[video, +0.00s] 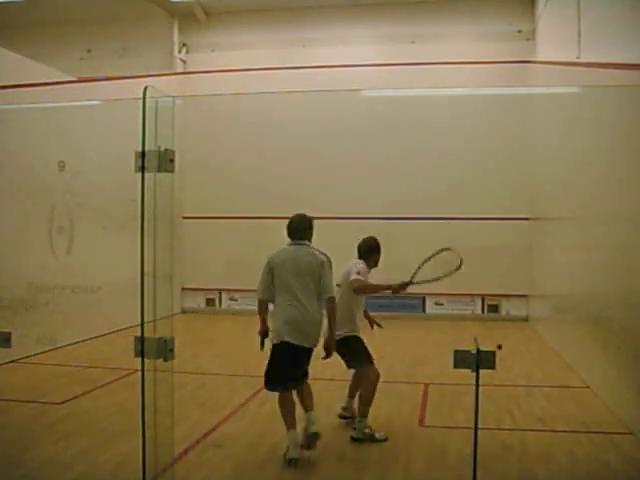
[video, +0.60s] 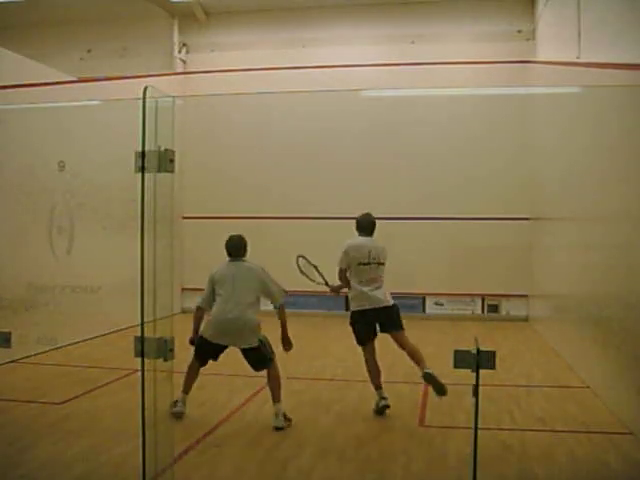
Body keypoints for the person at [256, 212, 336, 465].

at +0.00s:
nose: (309, 234)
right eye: (310, 230)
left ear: (287, 233)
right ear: (311, 233)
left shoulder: (275, 259)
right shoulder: (321, 260)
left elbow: (262, 298)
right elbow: (330, 301)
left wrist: (263, 325)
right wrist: (331, 336)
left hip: (283, 331)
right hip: (310, 332)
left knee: (283, 387)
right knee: (301, 378)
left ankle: (292, 442)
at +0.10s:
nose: (302, 229)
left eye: (300, 225)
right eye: (302, 226)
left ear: (277, 228)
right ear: (299, 228)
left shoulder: (263, 252)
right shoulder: (307, 254)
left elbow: (252, 291)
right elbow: (313, 293)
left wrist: (254, 318)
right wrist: (314, 326)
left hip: (264, 322)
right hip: (293, 324)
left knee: (275, 380)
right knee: (278, 376)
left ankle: (287, 434)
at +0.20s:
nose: (292, 234)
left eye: (289, 230)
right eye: (291, 230)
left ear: (267, 233)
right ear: (289, 233)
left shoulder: (253, 257)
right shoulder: (297, 260)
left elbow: (241, 295)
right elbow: (302, 298)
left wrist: (243, 323)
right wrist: (301, 330)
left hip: (253, 325)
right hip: (279, 329)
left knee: (257, 375)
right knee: (262, 374)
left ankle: (269, 418)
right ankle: (249, 415)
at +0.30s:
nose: (280, 234)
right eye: (279, 231)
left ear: (257, 234)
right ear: (278, 235)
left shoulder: (244, 258)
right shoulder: (286, 261)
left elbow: (231, 295)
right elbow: (295, 300)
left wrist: (230, 324)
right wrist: (293, 331)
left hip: (244, 324)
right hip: (271, 326)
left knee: (236, 366)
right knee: (260, 369)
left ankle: (246, 403)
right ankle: (249, 413)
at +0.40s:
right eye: (267, 229)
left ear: (248, 233)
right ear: (268, 233)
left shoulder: (236, 255)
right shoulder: (277, 256)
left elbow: (221, 292)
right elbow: (294, 291)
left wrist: (219, 323)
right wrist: (285, 317)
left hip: (236, 315)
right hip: (264, 316)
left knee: (224, 357)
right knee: (268, 357)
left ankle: (221, 406)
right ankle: (258, 404)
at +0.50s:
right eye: (258, 239)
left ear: (239, 242)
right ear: (259, 241)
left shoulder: (229, 263)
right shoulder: (269, 261)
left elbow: (211, 299)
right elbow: (291, 293)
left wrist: (207, 329)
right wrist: (283, 323)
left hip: (227, 319)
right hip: (257, 321)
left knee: (209, 361)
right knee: (272, 363)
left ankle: (194, 406)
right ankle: (281, 411)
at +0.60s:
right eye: (243, 247)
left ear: (226, 252)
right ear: (245, 250)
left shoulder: (217, 273)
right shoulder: (257, 272)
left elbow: (201, 307)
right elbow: (279, 303)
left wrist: (194, 334)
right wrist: (285, 335)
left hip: (217, 327)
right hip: (247, 329)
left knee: (197, 361)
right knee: (270, 364)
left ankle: (181, 402)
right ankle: (279, 415)